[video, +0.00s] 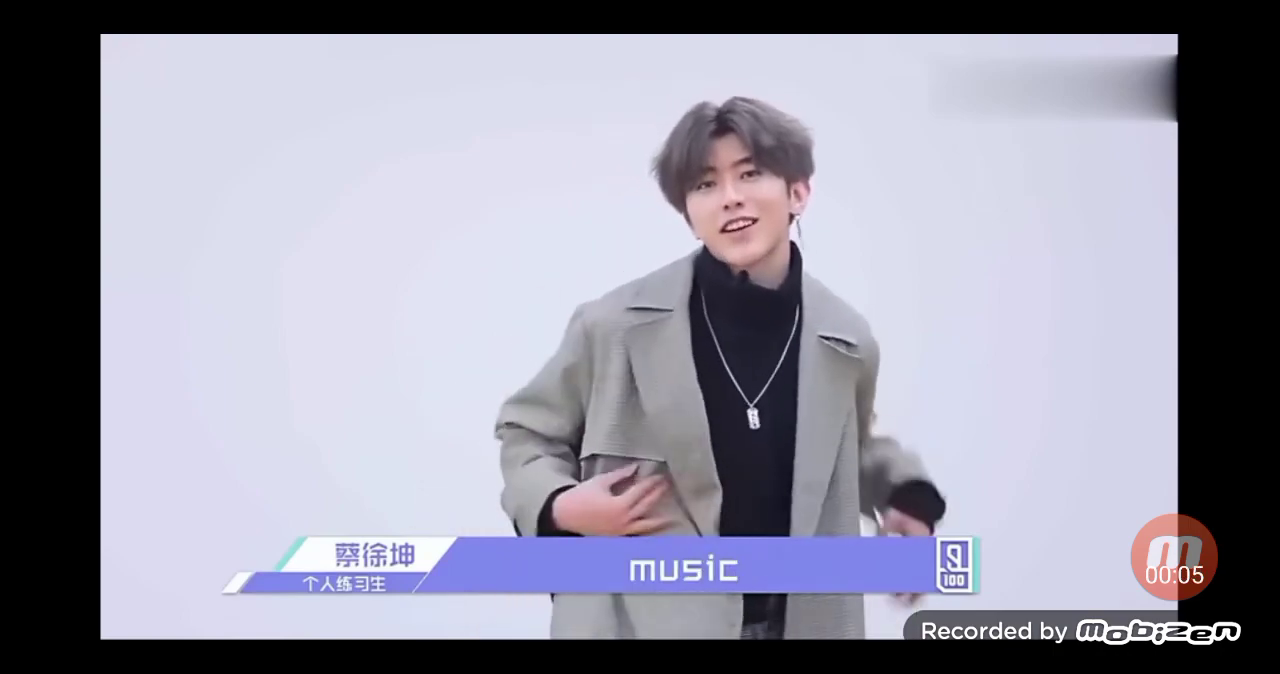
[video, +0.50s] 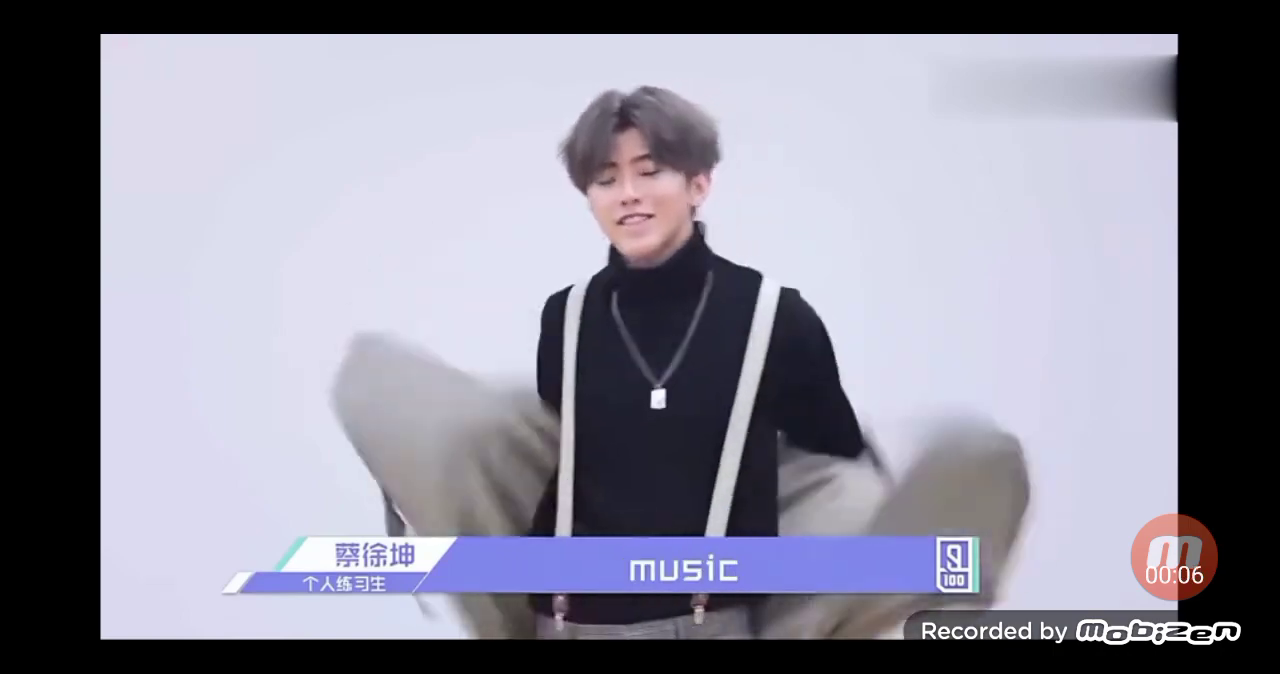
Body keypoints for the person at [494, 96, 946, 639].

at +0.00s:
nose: (730, 199)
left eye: (750, 174)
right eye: (705, 184)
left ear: (798, 192)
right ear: (686, 210)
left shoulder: (849, 341)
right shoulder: (611, 328)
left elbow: (856, 450)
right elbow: (529, 432)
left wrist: (909, 492)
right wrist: (557, 506)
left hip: (808, 625)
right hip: (653, 620)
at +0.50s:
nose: (628, 195)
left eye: (649, 172)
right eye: (607, 179)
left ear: (698, 185)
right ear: (588, 198)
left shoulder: (775, 318)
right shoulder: (565, 318)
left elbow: (842, 469)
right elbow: (554, 461)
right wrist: (537, 595)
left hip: (718, 619)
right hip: (587, 624)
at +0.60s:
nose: (596, 205)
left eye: (617, 180)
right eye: (576, 190)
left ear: (672, 187)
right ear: (561, 208)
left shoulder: (753, 326)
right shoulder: (553, 333)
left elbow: (795, 500)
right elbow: (571, 477)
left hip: (706, 622)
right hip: (577, 627)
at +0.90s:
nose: (481, 243)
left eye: (504, 220)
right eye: (476, 223)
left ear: (571, 231)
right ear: (470, 229)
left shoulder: (664, 331)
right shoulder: (503, 374)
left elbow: (791, 438)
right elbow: (583, 497)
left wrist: (778, 579)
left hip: (675, 620)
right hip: (561, 627)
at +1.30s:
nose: (514, 189)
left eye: (541, 171)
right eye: (511, 170)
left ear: (605, 196)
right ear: (504, 184)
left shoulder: (671, 321)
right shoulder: (475, 318)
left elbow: (820, 428)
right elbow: (363, 374)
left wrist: (844, 572)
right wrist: (207, 383)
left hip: (665, 599)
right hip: (552, 612)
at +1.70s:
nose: (511, 171)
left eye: (540, 158)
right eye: (508, 157)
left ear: (593, 196)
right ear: (497, 170)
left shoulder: (638, 304)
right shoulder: (484, 309)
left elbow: (729, 455)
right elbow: (404, 343)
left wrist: (628, 381)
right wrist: (463, 230)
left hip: (635, 607)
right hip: (522, 616)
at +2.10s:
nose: (513, 155)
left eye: (550, 147)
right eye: (513, 149)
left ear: (600, 195)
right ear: (504, 181)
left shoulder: (634, 286)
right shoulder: (480, 320)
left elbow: (607, 384)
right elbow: (355, 403)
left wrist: (547, 237)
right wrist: (326, 261)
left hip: (639, 602)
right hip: (531, 615)